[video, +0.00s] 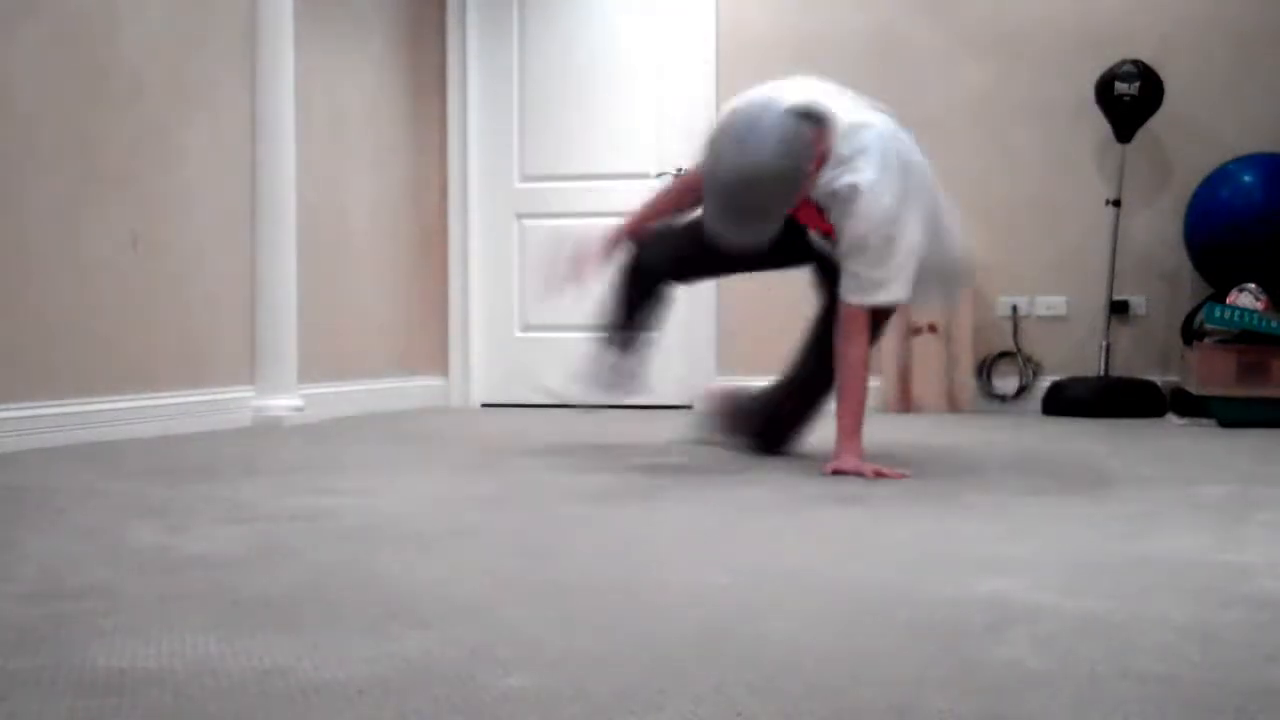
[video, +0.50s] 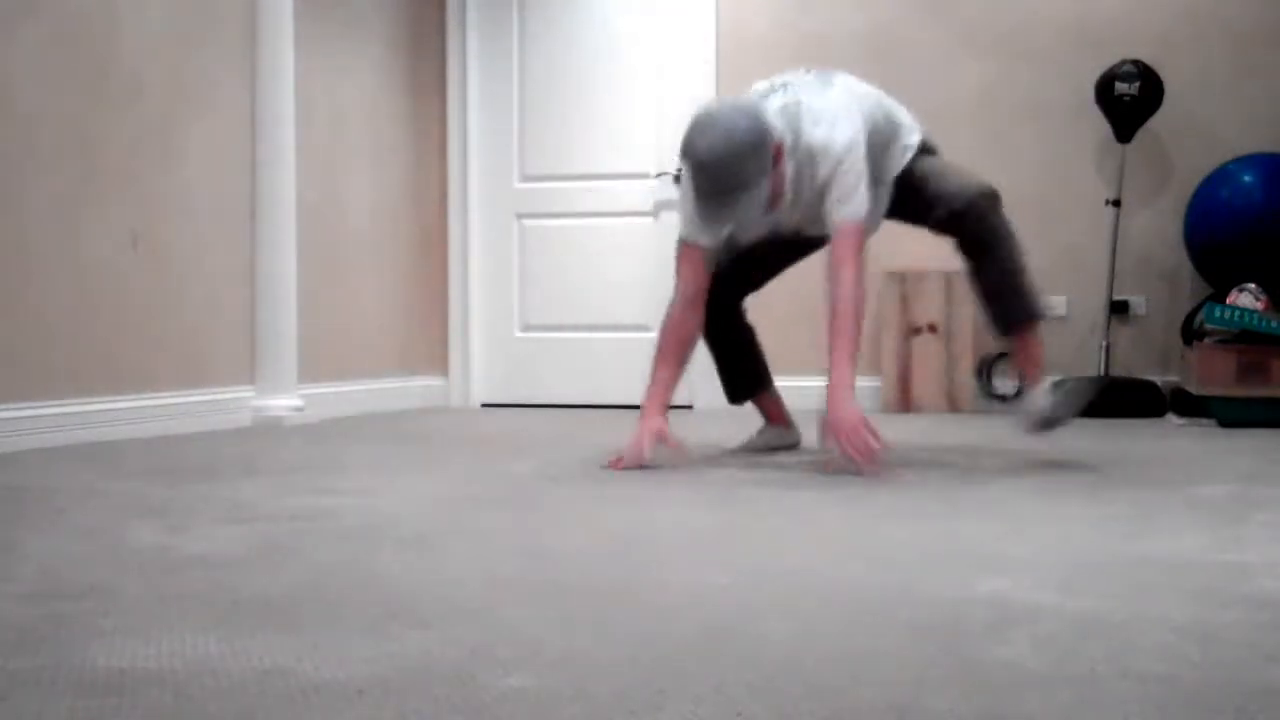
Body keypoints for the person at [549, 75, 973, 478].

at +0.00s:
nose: (740, 229)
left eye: (754, 217)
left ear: (813, 164)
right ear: (730, 151)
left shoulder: (871, 190)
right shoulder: (748, 127)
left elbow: (852, 330)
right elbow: (698, 184)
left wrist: (848, 451)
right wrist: (619, 236)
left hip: (870, 262)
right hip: (802, 220)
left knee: (819, 371)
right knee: (655, 254)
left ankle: (753, 423)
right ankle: (619, 362)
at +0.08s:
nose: (736, 257)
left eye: (748, 248)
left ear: (786, 187)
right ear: (715, 185)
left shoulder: (855, 187)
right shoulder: (710, 149)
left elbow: (851, 328)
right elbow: (655, 232)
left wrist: (849, 450)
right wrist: (601, 316)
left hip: (907, 212)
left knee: (867, 336)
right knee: (672, 271)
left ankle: (818, 421)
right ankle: (696, 376)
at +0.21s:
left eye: (737, 281)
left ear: (770, 213)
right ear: (685, 218)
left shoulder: (830, 190)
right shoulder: (683, 185)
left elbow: (836, 328)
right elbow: (659, 297)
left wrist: (847, 453)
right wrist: (644, 407)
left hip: (899, 159)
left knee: (909, 308)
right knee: (688, 289)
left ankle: (933, 400)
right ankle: (768, 385)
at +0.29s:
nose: (729, 291)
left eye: (737, 276)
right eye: (713, 282)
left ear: (768, 220)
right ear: (686, 229)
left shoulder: (821, 191)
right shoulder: (685, 206)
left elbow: (838, 325)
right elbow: (684, 332)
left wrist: (848, 450)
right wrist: (670, 447)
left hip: (875, 177)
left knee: (978, 303)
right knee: (699, 321)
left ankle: (1024, 401)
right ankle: (775, 424)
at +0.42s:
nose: (730, 250)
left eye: (741, 236)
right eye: (717, 240)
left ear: (768, 192)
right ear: (688, 205)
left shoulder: (824, 163)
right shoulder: (693, 195)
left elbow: (832, 310)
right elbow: (687, 316)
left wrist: (849, 442)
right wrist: (662, 437)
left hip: (877, 186)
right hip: (797, 215)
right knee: (705, 305)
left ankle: (1068, 385)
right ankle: (776, 425)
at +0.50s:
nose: (739, 221)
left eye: (749, 205)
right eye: (723, 208)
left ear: (776, 161)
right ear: (696, 173)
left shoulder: (837, 140)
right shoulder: (704, 170)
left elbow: (846, 277)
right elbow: (689, 296)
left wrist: (841, 400)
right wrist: (653, 414)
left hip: (892, 170)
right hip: (809, 204)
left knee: (974, 202)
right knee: (712, 293)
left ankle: (1035, 383)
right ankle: (777, 423)